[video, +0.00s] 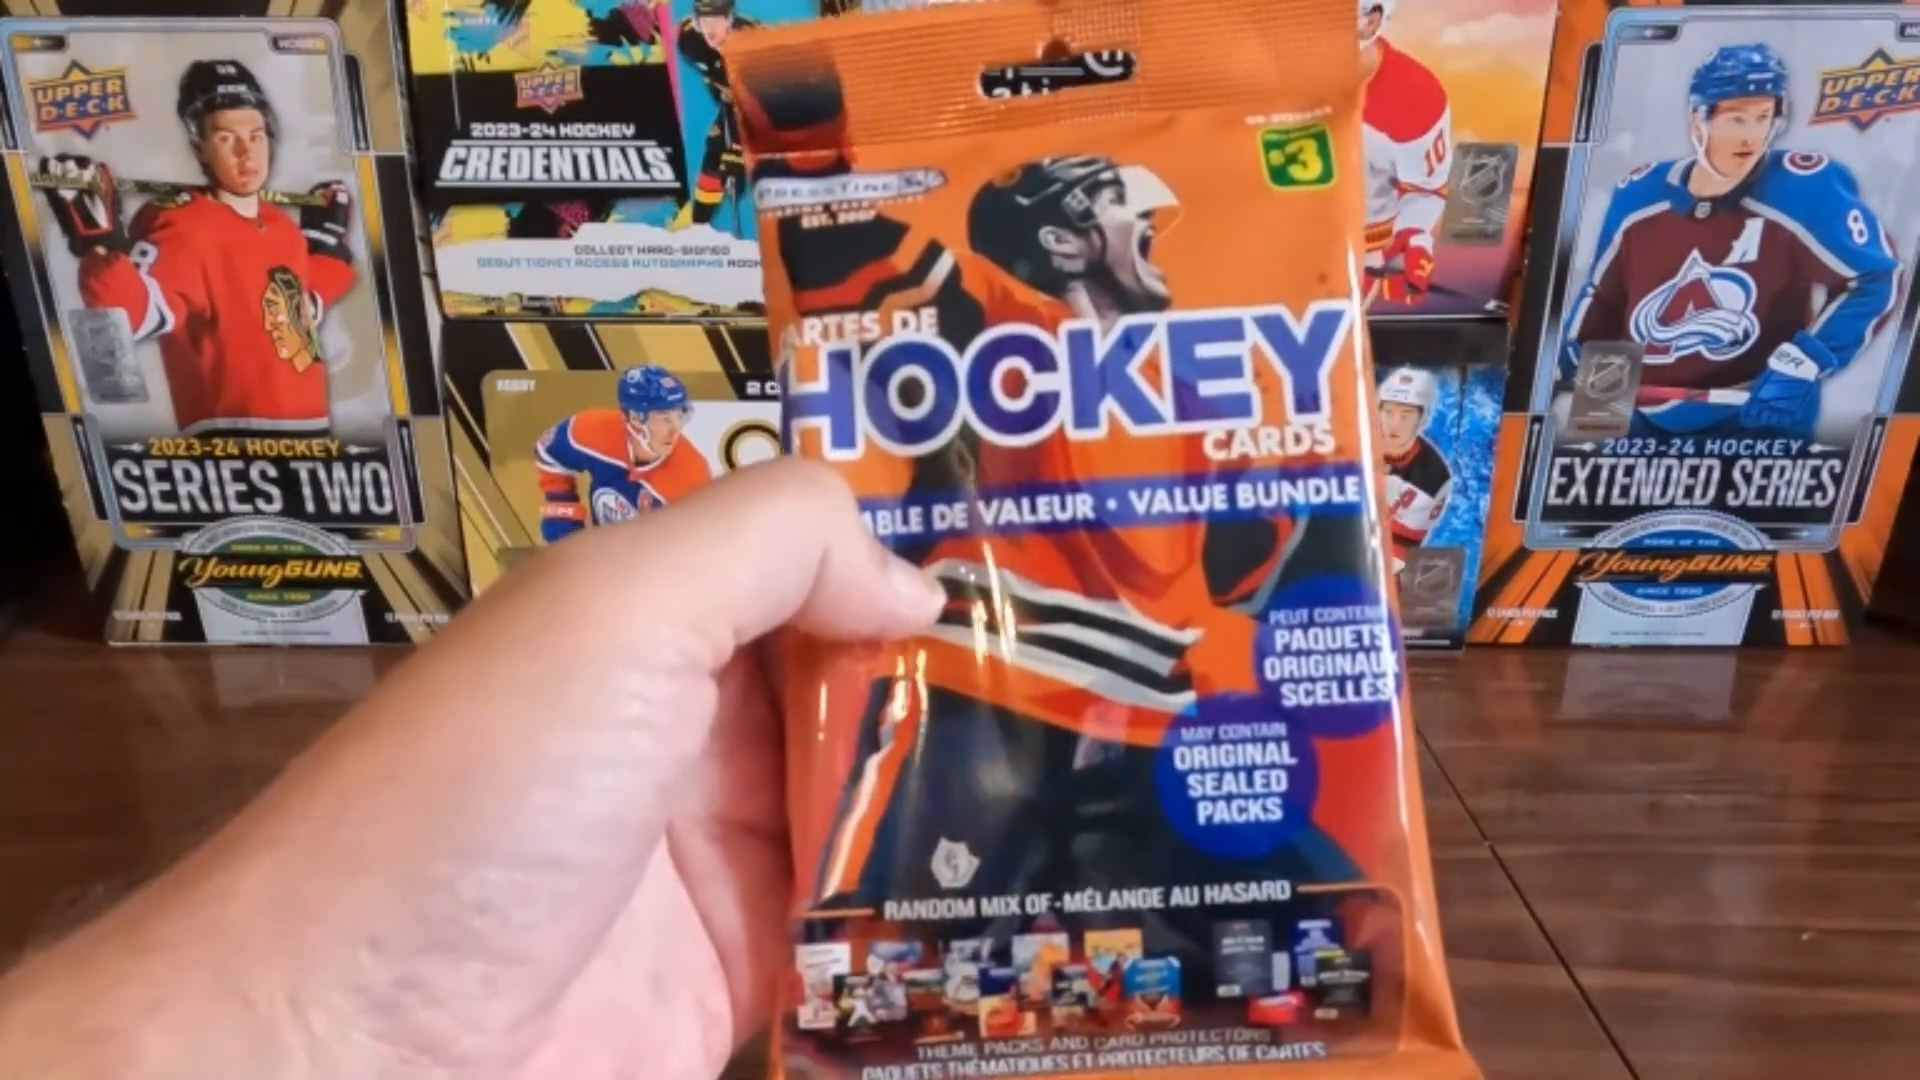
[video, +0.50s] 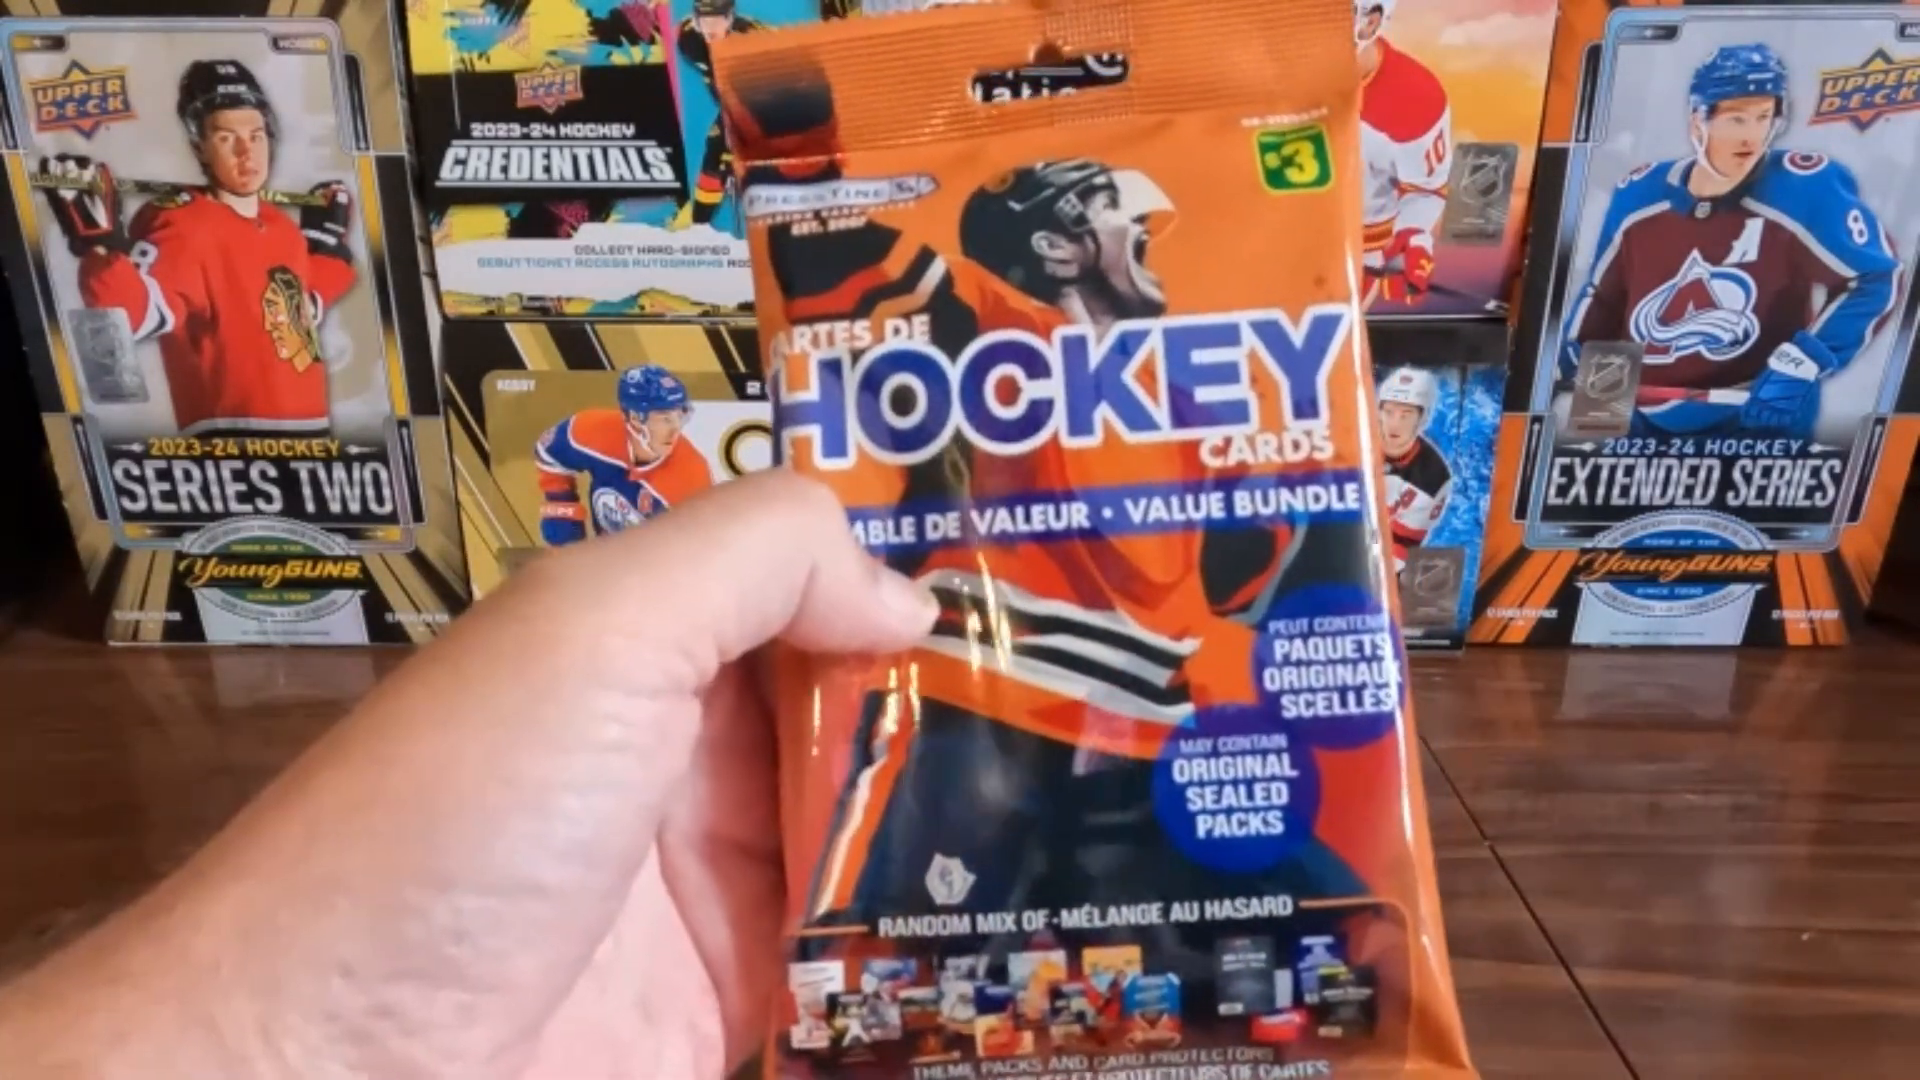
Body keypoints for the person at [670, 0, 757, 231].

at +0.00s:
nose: (709, 32)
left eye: (715, 24)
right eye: (703, 24)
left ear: (729, 19)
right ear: (696, 22)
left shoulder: (755, 37)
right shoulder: (689, 38)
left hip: (761, 110)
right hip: (729, 110)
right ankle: (698, 224)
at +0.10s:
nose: (711, 33)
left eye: (717, 26)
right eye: (705, 26)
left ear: (730, 19)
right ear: (696, 21)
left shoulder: (754, 36)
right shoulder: (688, 39)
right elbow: (710, 73)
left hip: (762, 109)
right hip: (728, 109)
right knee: (714, 160)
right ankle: (700, 221)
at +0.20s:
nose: (709, 31)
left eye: (716, 23)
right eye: (704, 23)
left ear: (730, 19)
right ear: (696, 21)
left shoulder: (755, 36)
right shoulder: (688, 39)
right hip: (729, 110)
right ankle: (699, 220)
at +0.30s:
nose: (710, 31)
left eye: (716, 23)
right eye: (704, 24)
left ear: (730, 18)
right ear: (696, 21)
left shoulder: (756, 37)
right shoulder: (689, 38)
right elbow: (709, 74)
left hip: (768, 112)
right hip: (729, 111)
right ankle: (698, 224)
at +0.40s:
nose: (710, 32)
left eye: (716, 24)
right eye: (704, 24)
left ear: (730, 18)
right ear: (696, 21)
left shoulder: (756, 38)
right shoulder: (688, 39)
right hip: (729, 109)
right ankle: (698, 224)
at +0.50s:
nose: (710, 30)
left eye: (716, 22)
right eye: (704, 22)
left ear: (730, 17)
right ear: (696, 20)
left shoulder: (754, 35)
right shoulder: (688, 39)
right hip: (728, 111)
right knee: (714, 159)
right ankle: (700, 219)